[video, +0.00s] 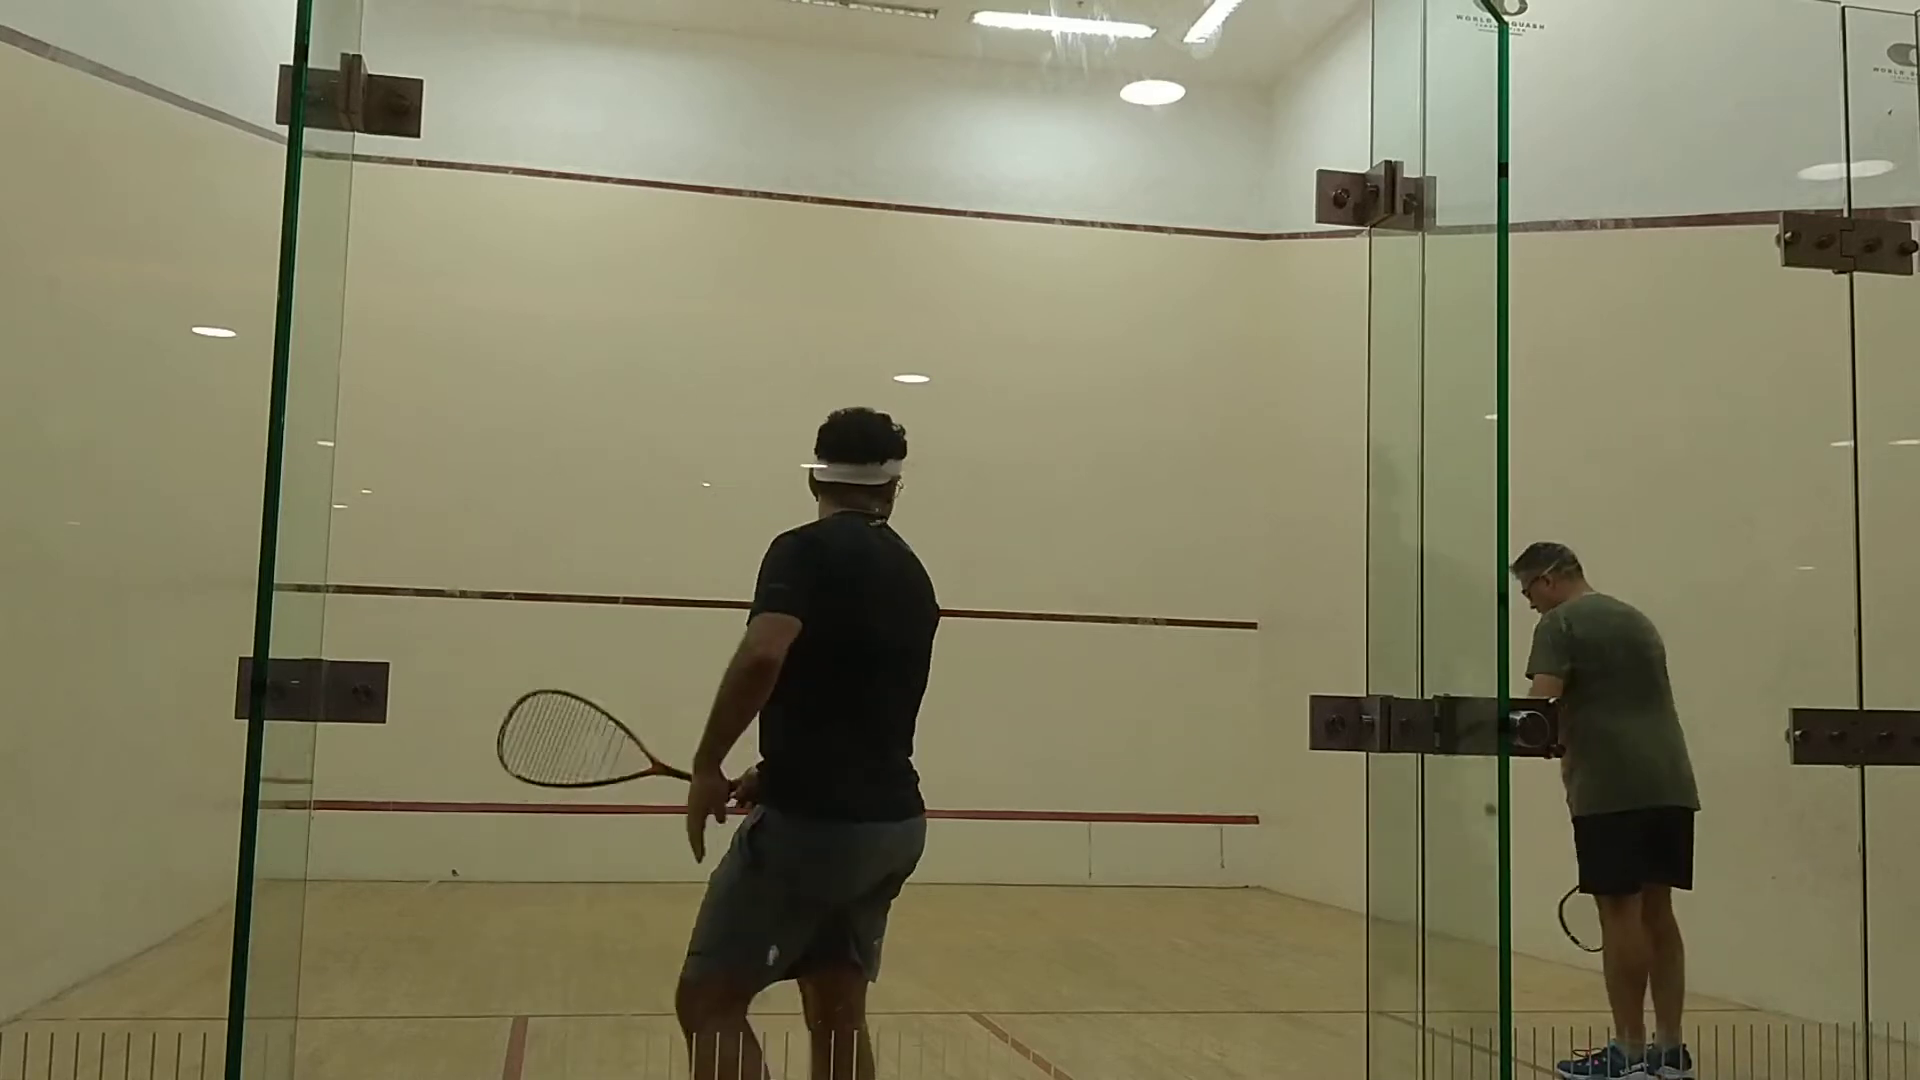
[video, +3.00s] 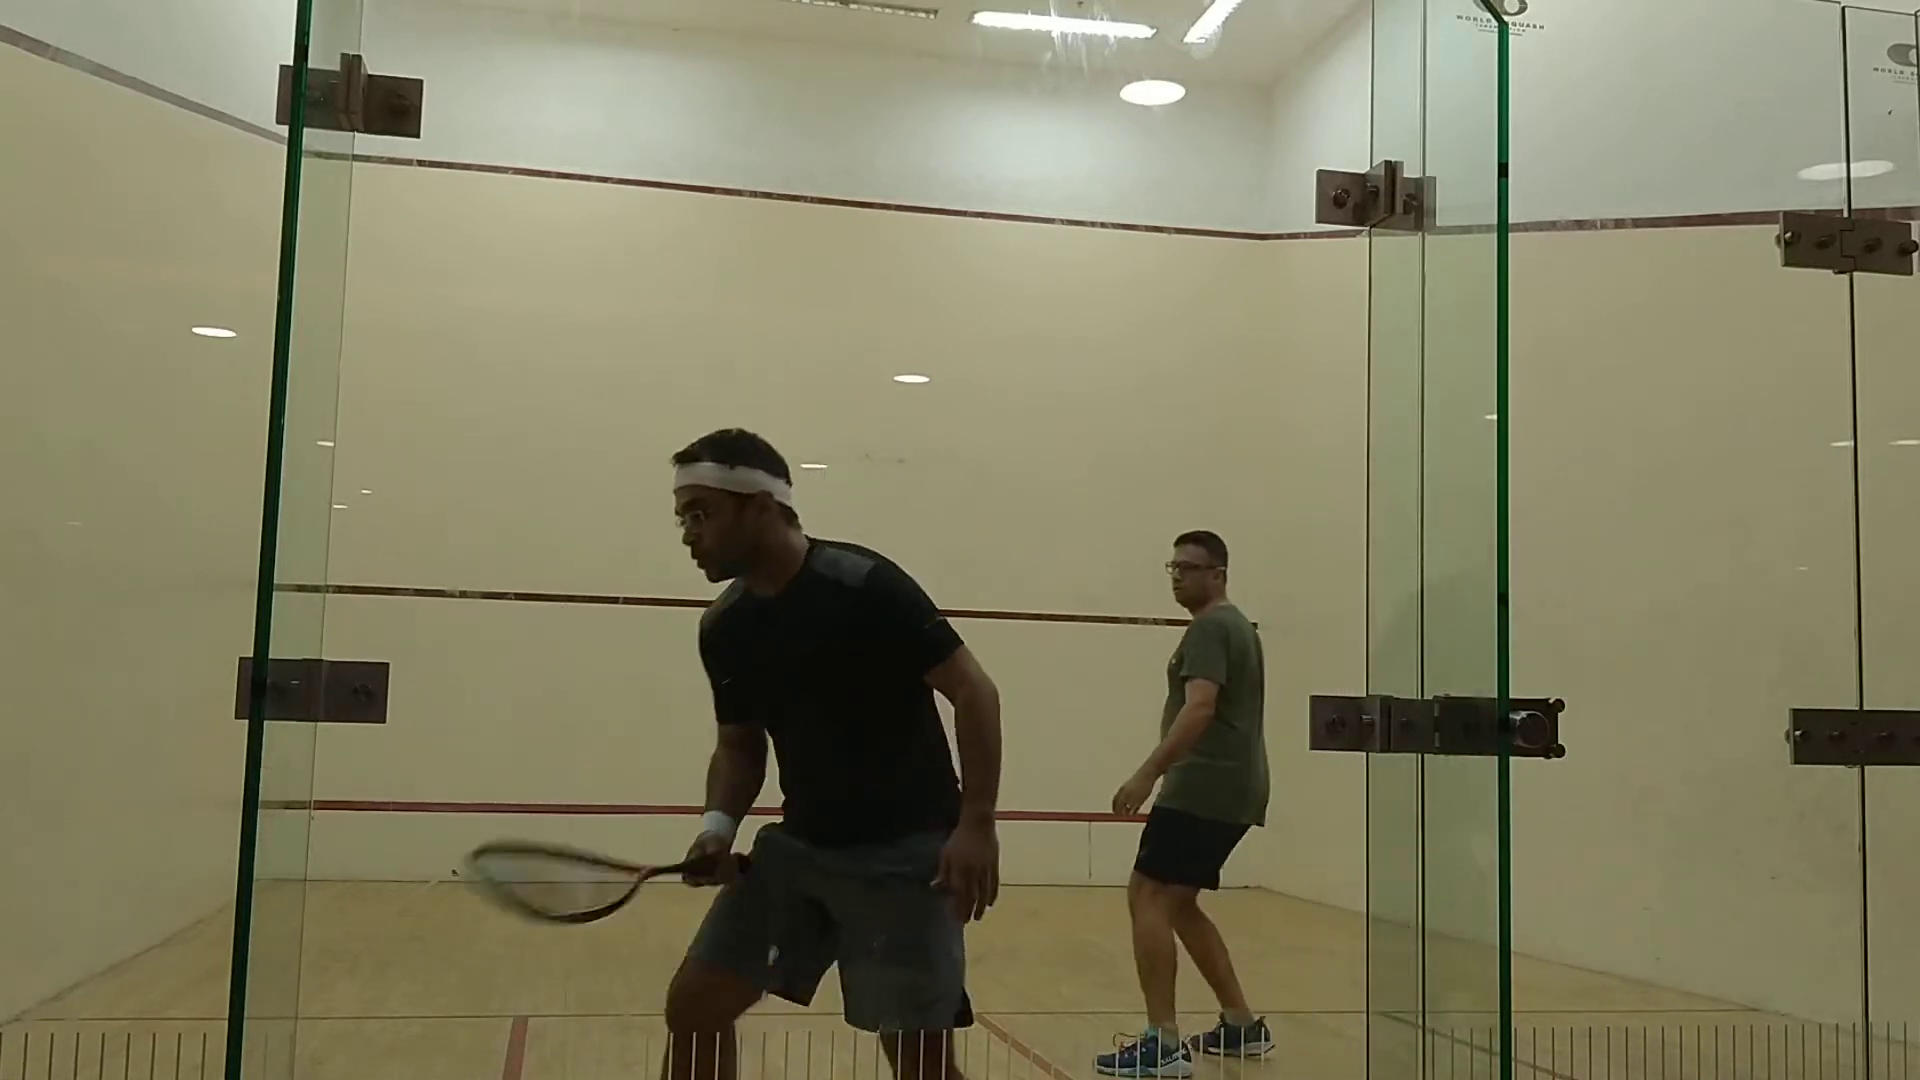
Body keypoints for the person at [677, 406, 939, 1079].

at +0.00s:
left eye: (823, 476)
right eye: (891, 480)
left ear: (817, 480)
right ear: (894, 488)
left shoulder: (800, 551)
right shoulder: (911, 574)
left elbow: (762, 658)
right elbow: (874, 707)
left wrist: (708, 762)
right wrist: (773, 773)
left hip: (805, 826)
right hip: (891, 825)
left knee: (707, 1002)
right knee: (836, 1004)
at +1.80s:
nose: (781, 476)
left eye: (776, 468)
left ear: (774, 476)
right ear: (854, 479)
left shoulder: (762, 562)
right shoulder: (895, 576)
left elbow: (716, 673)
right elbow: (896, 706)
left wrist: (657, 764)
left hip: (785, 820)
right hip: (876, 819)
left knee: (732, 1006)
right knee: (830, 1002)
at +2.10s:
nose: (770, 473)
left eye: (771, 463)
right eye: (778, 462)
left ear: (774, 475)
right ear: (849, 475)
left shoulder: (796, 559)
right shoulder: (882, 561)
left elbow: (794, 673)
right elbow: (869, 699)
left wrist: (730, 799)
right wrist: (789, 803)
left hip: (818, 818)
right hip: (890, 815)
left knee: (772, 1007)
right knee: (835, 1004)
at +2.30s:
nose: (773, 476)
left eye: (774, 464)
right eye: (779, 463)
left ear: (785, 482)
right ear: (861, 479)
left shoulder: (821, 567)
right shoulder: (889, 558)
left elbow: (823, 696)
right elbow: (891, 708)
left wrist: (774, 831)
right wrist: (813, 832)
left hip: (857, 830)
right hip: (908, 825)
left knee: (821, 1024)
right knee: (837, 1017)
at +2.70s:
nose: (747, 499)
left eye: (758, 480)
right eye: (748, 481)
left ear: (813, 483)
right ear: (812, 484)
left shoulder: (880, 571)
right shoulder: (829, 576)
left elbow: (911, 705)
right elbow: (841, 704)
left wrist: (862, 849)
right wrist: (785, 760)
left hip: (916, 843)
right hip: (838, 838)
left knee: (915, 1050)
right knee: (759, 1018)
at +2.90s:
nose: (711, 509)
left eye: (724, 489)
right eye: (708, 493)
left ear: (786, 485)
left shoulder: (887, 577)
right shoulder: (754, 597)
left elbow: (971, 697)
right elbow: (760, 706)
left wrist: (952, 826)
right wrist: (736, 776)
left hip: (904, 856)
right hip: (805, 852)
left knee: (928, 1054)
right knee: (737, 1024)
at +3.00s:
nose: (687, 535)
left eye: (699, 514)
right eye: (683, 518)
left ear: (759, 506)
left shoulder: (868, 585)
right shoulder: (725, 628)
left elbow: (975, 695)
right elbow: (740, 743)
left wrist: (977, 825)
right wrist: (716, 830)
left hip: (906, 858)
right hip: (802, 851)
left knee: (921, 1058)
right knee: (695, 1009)